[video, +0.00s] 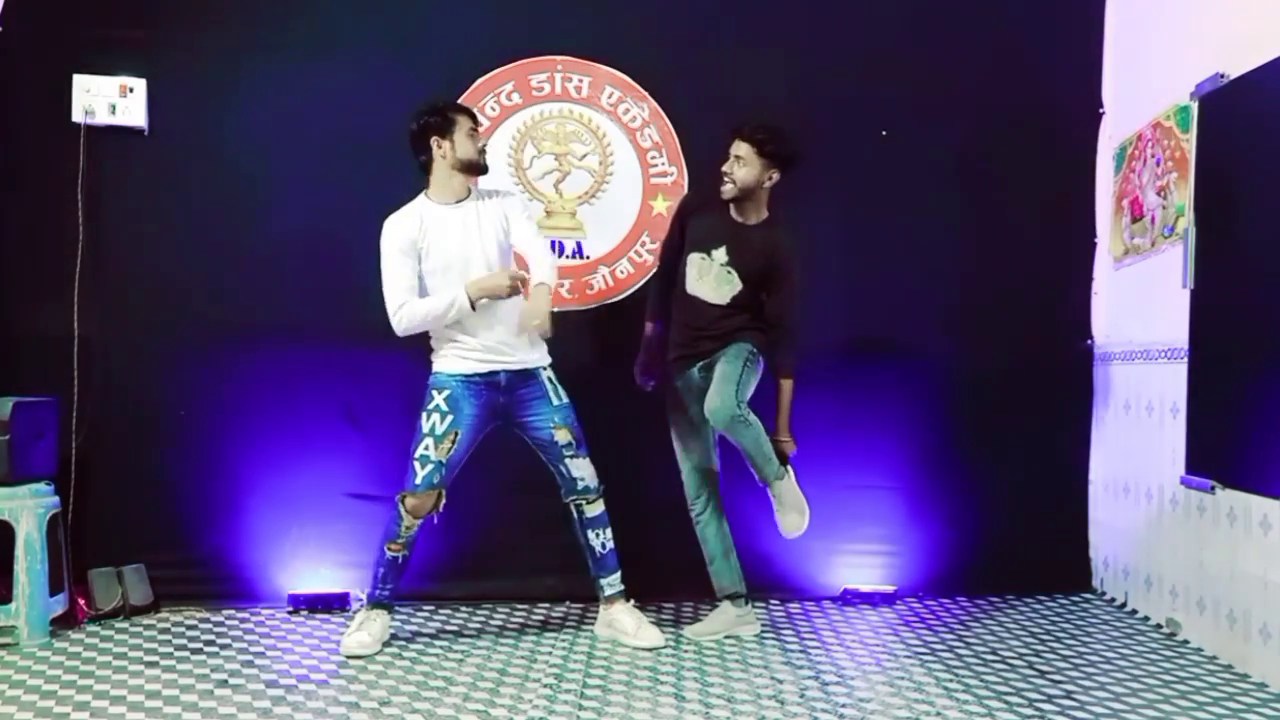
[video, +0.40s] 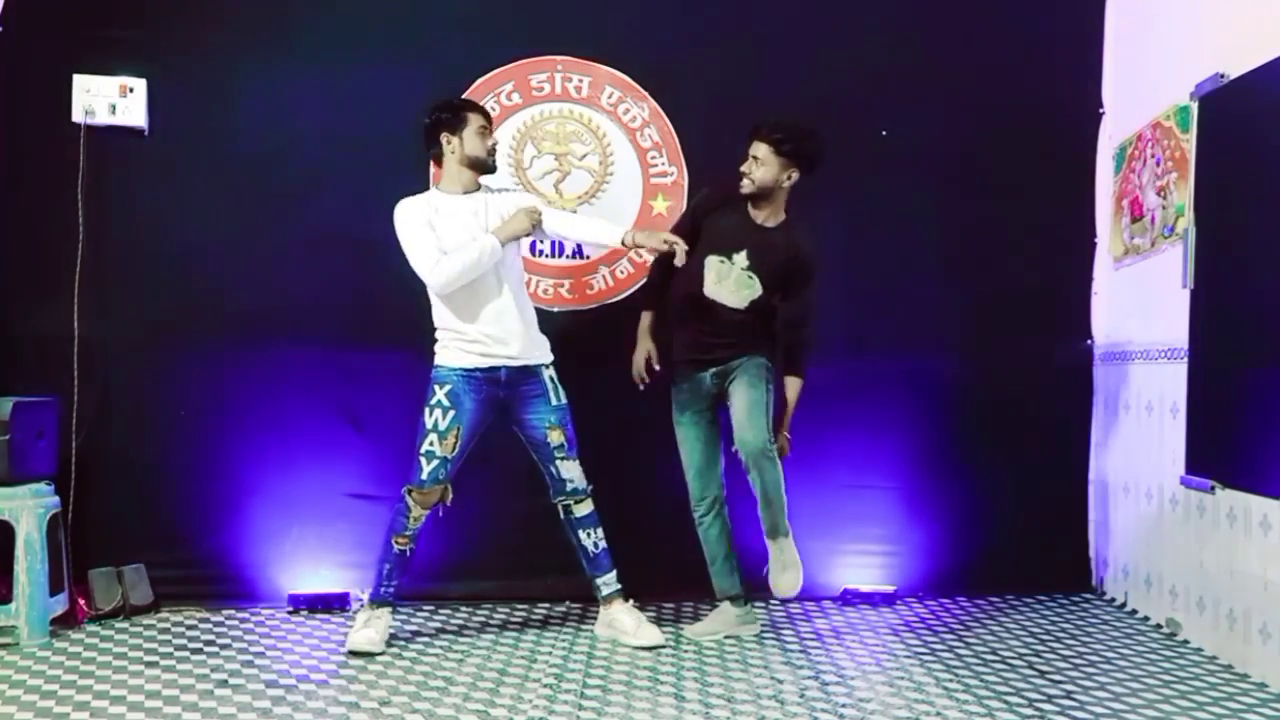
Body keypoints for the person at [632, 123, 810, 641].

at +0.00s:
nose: (727, 168)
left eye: (740, 162)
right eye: (728, 158)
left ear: (770, 177)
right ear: (727, 164)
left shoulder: (776, 245)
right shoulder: (695, 212)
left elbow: (786, 339)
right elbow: (662, 277)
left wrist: (783, 424)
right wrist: (650, 346)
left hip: (737, 348)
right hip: (685, 360)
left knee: (721, 408)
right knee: (700, 491)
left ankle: (778, 480)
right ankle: (735, 604)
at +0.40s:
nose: (746, 168)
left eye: (758, 163)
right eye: (747, 158)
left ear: (789, 176)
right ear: (745, 162)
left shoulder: (792, 251)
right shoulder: (712, 207)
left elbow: (796, 339)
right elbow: (662, 266)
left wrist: (786, 421)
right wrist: (644, 335)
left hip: (746, 363)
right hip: (688, 367)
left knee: (753, 443)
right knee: (704, 496)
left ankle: (779, 543)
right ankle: (731, 605)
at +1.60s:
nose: (720, 143)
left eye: (728, 133)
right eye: (722, 133)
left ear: (758, 139)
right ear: (752, 140)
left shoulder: (807, 201)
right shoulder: (744, 203)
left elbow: (885, 263)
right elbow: (757, 281)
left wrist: (823, 325)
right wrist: (729, 335)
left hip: (784, 377)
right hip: (733, 372)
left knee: (793, 505)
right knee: (731, 498)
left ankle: (802, 623)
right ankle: (740, 609)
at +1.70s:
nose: (718, 144)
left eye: (726, 134)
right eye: (720, 134)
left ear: (756, 140)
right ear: (750, 142)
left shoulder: (805, 200)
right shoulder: (741, 206)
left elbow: (884, 258)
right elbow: (757, 276)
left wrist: (817, 309)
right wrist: (733, 320)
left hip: (783, 377)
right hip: (735, 374)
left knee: (793, 504)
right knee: (732, 499)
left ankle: (802, 623)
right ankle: (741, 609)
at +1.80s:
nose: (718, 144)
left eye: (727, 134)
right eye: (720, 134)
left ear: (758, 140)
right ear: (748, 141)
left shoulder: (806, 201)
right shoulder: (741, 209)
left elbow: (877, 264)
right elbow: (747, 280)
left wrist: (812, 313)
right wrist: (730, 322)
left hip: (785, 379)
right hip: (735, 376)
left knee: (795, 504)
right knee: (732, 498)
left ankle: (802, 622)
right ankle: (741, 609)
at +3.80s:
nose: (697, 150)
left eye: (709, 139)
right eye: (693, 140)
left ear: (742, 145)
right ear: (696, 146)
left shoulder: (766, 199)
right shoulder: (713, 208)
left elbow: (713, 236)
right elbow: (672, 239)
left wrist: (645, 187)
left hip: (764, 371)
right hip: (727, 371)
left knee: (762, 499)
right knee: (730, 498)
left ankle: (759, 634)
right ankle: (738, 609)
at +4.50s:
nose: (681, 141)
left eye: (687, 129)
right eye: (682, 130)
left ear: (715, 130)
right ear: (715, 132)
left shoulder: (763, 194)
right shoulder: (727, 200)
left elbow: (800, 281)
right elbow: (736, 283)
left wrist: (726, 323)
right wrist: (713, 334)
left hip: (751, 373)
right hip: (725, 370)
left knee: (757, 505)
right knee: (732, 502)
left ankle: (761, 639)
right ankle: (740, 618)